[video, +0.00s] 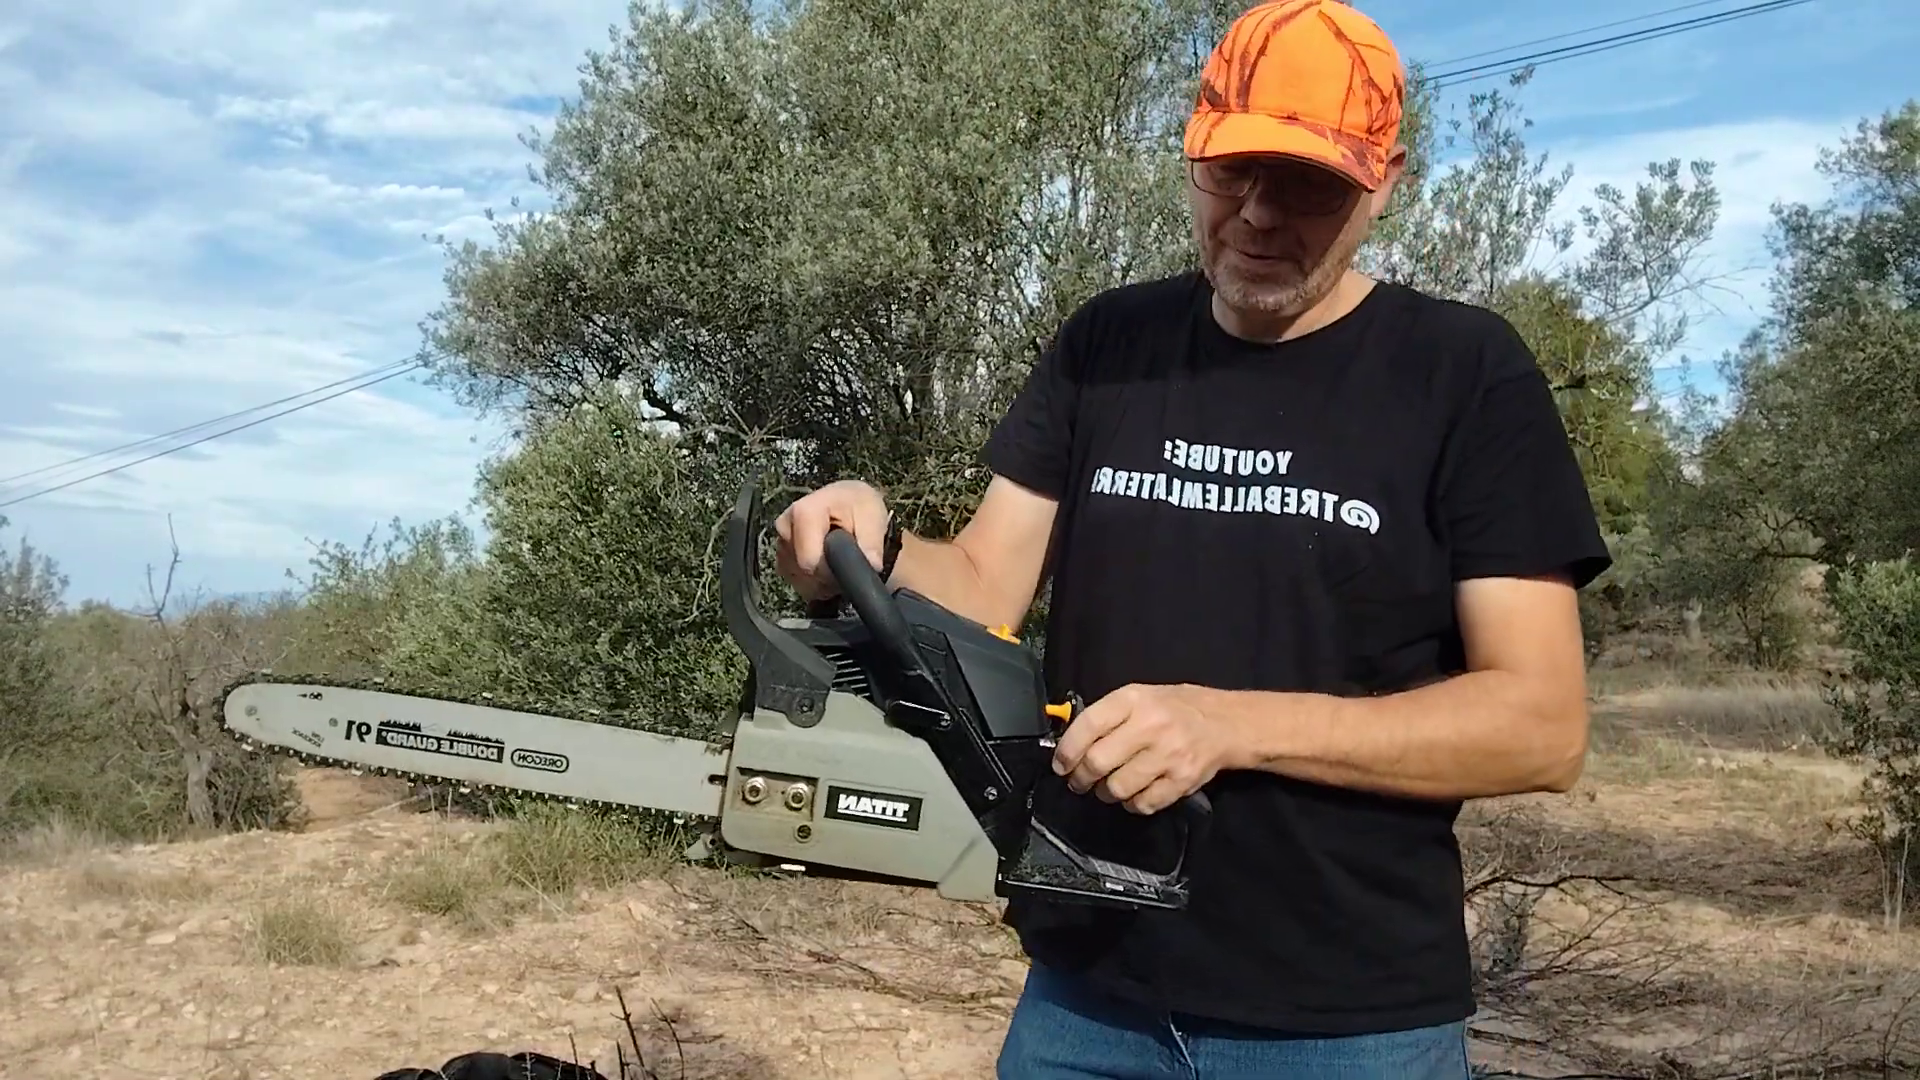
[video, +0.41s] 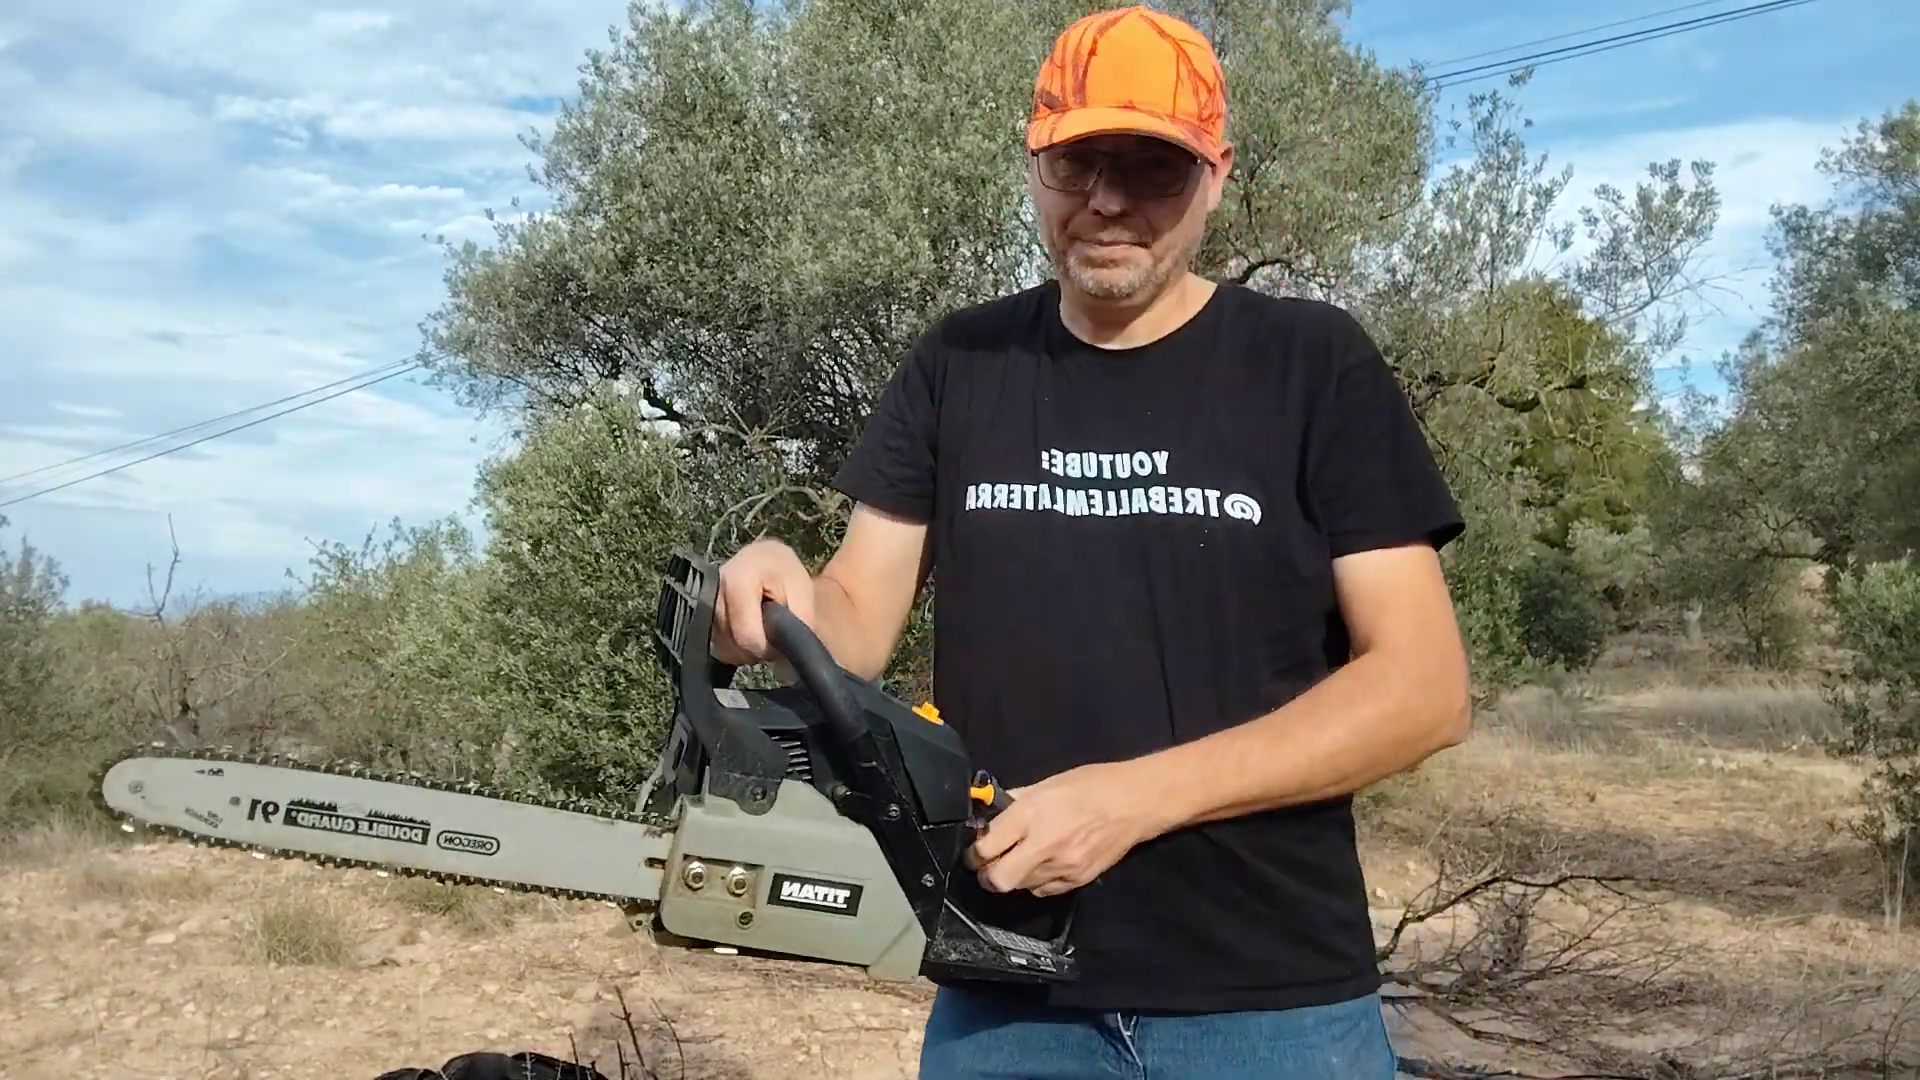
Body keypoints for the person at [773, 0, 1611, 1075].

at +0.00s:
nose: (1263, 211)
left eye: (1312, 179)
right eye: (1239, 167)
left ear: (1378, 190)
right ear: (1195, 162)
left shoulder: (1466, 371)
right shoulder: (1106, 344)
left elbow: (1540, 723)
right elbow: (981, 586)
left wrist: (1237, 724)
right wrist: (877, 546)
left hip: (1356, 1027)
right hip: (1087, 1002)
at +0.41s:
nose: (1110, 204)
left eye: (1151, 168)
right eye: (1081, 164)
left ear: (1213, 179)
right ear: (1037, 167)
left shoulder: (1314, 362)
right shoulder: (955, 369)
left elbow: (1423, 684)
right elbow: (849, 638)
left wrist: (1140, 794)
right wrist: (771, 574)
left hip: (1278, 1012)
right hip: (1006, 1014)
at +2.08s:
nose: (1300, 206)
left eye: (1347, 174)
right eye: (1271, 165)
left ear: (1404, 201)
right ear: (1220, 175)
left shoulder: (1486, 345)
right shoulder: (1138, 356)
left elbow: (1767, 560)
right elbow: (967, 581)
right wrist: (996, 769)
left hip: (1397, 976)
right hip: (1144, 955)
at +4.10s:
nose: (1450, 134)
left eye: (1505, 94)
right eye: (1411, 89)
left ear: (1557, 121)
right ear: (1339, 107)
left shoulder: (1664, 368)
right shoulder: (1220, 329)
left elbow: (1813, 762)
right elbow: (1086, 663)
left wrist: (1522, 948)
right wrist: (1176, 578)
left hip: (1554, 1049)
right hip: (1223, 1016)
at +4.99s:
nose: (1487, 107)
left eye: (1549, 60)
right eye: (1442, 54)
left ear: (1617, 76)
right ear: (1367, 64)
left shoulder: (1741, 363)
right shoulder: (1231, 316)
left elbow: (1884, 778)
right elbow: (1090, 664)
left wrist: (1615, 997)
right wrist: (1242, 593)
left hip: (1626, 1048)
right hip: (1254, 1028)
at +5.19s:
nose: (1403, 107)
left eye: (1465, 63)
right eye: (1359, 52)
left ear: (1523, 86)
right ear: (1283, 63)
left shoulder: (1647, 356)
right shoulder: (1150, 317)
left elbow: (1806, 771)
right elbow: (1020, 643)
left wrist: (1557, 1000)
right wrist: (1170, 586)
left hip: (1552, 1046)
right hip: (1191, 1029)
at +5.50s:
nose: (1295, 110)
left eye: (1348, 59)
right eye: (1245, 61)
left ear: (1415, 68)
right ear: (1170, 79)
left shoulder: (1542, 368)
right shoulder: (1052, 327)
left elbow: (1693, 778)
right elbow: (946, 651)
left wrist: (1495, 1003)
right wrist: (1095, 584)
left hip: (1469, 1043)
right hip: (1115, 1029)